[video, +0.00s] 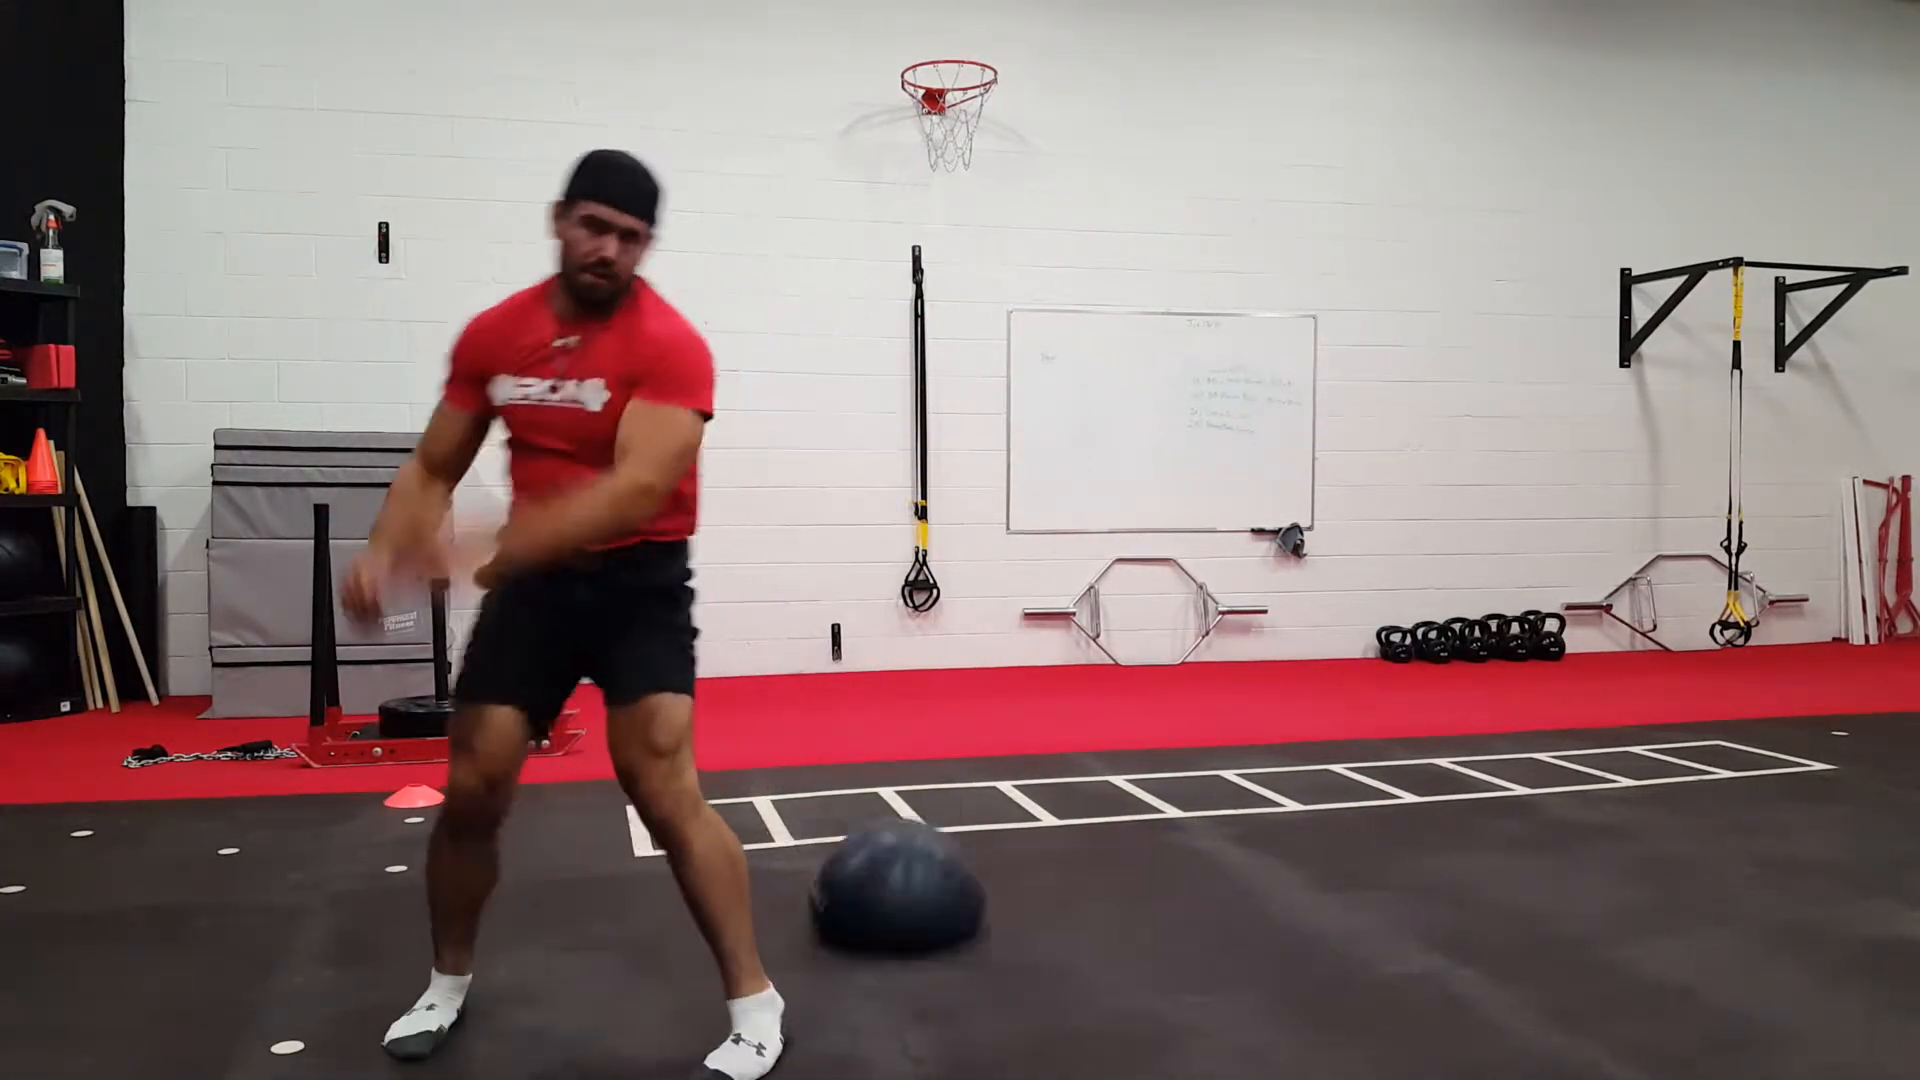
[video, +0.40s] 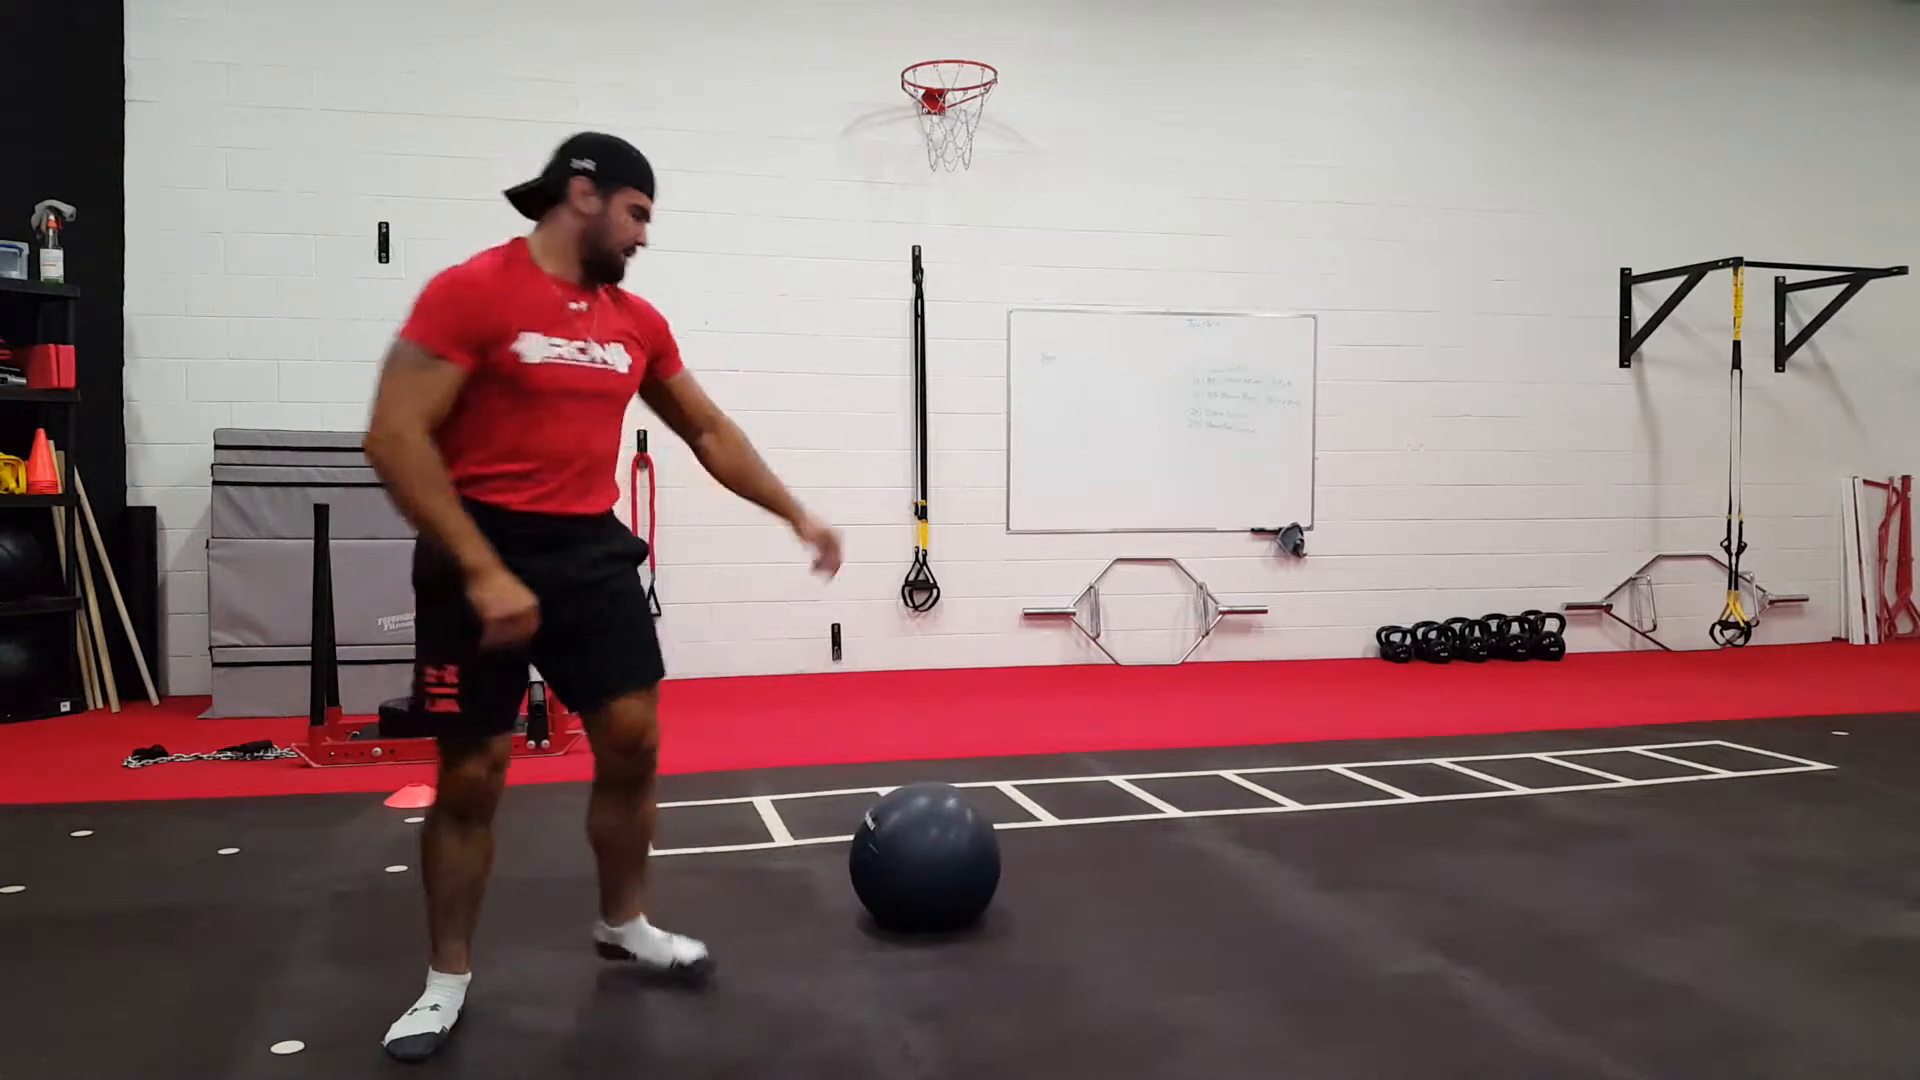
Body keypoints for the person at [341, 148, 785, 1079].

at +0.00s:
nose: (607, 251)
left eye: (628, 237)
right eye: (593, 228)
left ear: (649, 246)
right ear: (557, 223)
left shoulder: (670, 349)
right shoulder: (496, 335)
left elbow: (638, 490)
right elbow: (434, 468)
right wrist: (382, 554)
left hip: (641, 583)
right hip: (531, 581)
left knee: (658, 776)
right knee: (472, 787)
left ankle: (755, 1003)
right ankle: (448, 983)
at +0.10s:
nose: (593, 247)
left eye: (609, 232)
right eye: (577, 226)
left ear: (620, 239)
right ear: (527, 219)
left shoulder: (652, 347)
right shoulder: (451, 337)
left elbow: (664, 500)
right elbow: (407, 479)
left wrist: (611, 628)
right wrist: (396, 613)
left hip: (611, 572)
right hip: (493, 570)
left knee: (653, 768)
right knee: (452, 783)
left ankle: (735, 996)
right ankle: (449, 983)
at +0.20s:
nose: (607, 234)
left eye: (617, 217)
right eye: (592, 213)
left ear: (620, 220)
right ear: (530, 201)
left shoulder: (643, 326)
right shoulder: (432, 317)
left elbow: (697, 460)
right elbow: (381, 465)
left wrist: (710, 598)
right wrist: (424, 607)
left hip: (599, 566)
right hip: (472, 566)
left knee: (638, 769)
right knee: (454, 787)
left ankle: (689, 972)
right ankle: (447, 983)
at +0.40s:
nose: (646, 234)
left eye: (650, 218)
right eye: (636, 213)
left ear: (595, 202)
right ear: (581, 193)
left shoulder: (635, 321)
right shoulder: (472, 292)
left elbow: (707, 430)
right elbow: (394, 434)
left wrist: (795, 513)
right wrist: (481, 567)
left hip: (590, 554)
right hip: (477, 551)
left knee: (632, 741)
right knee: (469, 781)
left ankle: (625, 924)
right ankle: (447, 978)